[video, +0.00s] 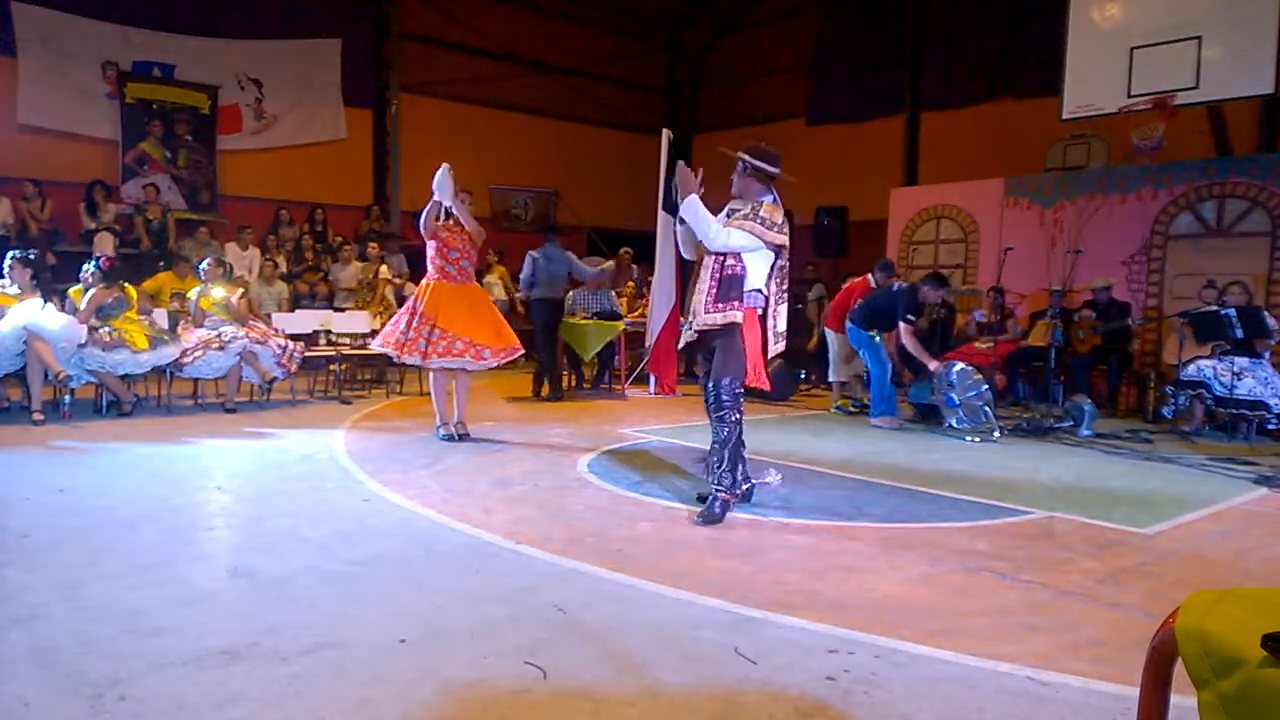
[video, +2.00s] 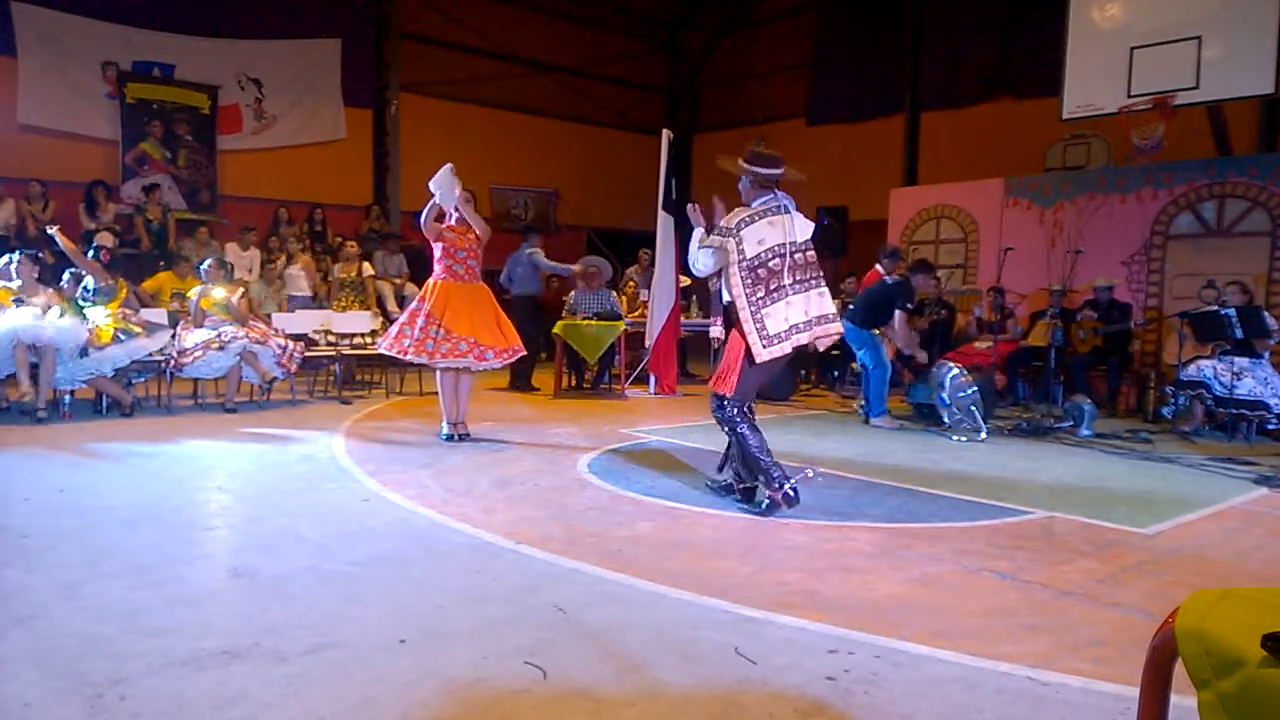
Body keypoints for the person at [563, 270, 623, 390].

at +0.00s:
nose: (597, 282)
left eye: (600, 278)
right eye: (594, 278)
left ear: (603, 280)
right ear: (587, 279)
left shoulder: (609, 294)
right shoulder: (573, 294)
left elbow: (619, 313)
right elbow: (567, 315)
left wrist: (597, 315)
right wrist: (578, 315)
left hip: (602, 330)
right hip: (580, 330)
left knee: (608, 349)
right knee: (571, 349)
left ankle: (598, 380)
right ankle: (579, 378)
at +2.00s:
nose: (592, 277)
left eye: (595, 274)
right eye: (590, 274)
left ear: (601, 277)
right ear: (584, 277)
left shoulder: (610, 294)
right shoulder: (575, 294)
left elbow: (619, 314)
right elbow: (565, 314)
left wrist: (599, 316)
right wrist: (578, 318)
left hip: (602, 332)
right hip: (580, 331)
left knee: (609, 348)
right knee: (570, 346)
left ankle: (597, 380)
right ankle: (579, 378)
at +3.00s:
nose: (598, 280)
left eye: (600, 277)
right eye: (595, 276)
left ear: (605, 279)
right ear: (589, 278)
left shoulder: (611, 295)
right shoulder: (577, 293)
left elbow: (619, 315)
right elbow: (566, 312)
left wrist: (601, 317)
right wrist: (578, 317)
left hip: (602, 331)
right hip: (580, 330)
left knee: (609, 350)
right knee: (571, 347)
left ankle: (597, 381)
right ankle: (579, 377)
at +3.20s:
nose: (597, 279)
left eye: (600, 276)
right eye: (594, 276)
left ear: (605, 279)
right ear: (589, 277)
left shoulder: (612, 295)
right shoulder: (578, 293)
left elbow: (620, 315)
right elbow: (564, 313)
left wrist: (601, 317)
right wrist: (576, 317)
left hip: (603, 331)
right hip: (580, 330)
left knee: (609, 350)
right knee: (570, 347)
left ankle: (597, 381)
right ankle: (579, 377)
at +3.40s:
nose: (597, 279)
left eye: (600, 276)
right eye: (594, 276)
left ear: (605, 279)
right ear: (589, 278)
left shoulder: (612, 296)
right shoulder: (577, 295)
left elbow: (619, 315)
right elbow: (565, 313)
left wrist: (597, 317)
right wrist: (575, 317)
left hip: (603, 332)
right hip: (580, 331)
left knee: (609, 349)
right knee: (570, 346)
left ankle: (597, 380)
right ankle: (579, 378)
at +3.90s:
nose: (595, 277)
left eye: (598, 275)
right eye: (593, 274)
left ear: (604, 278)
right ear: (589, 277)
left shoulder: (613, 296)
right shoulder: (578, 293)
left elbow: (620, 317)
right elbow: (565, 312)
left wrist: (599, 317)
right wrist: (576, 317)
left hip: (603, 333)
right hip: (581, 332)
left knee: (610, 349)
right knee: (570, 345)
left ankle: (597, 380)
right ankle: (578, 378)